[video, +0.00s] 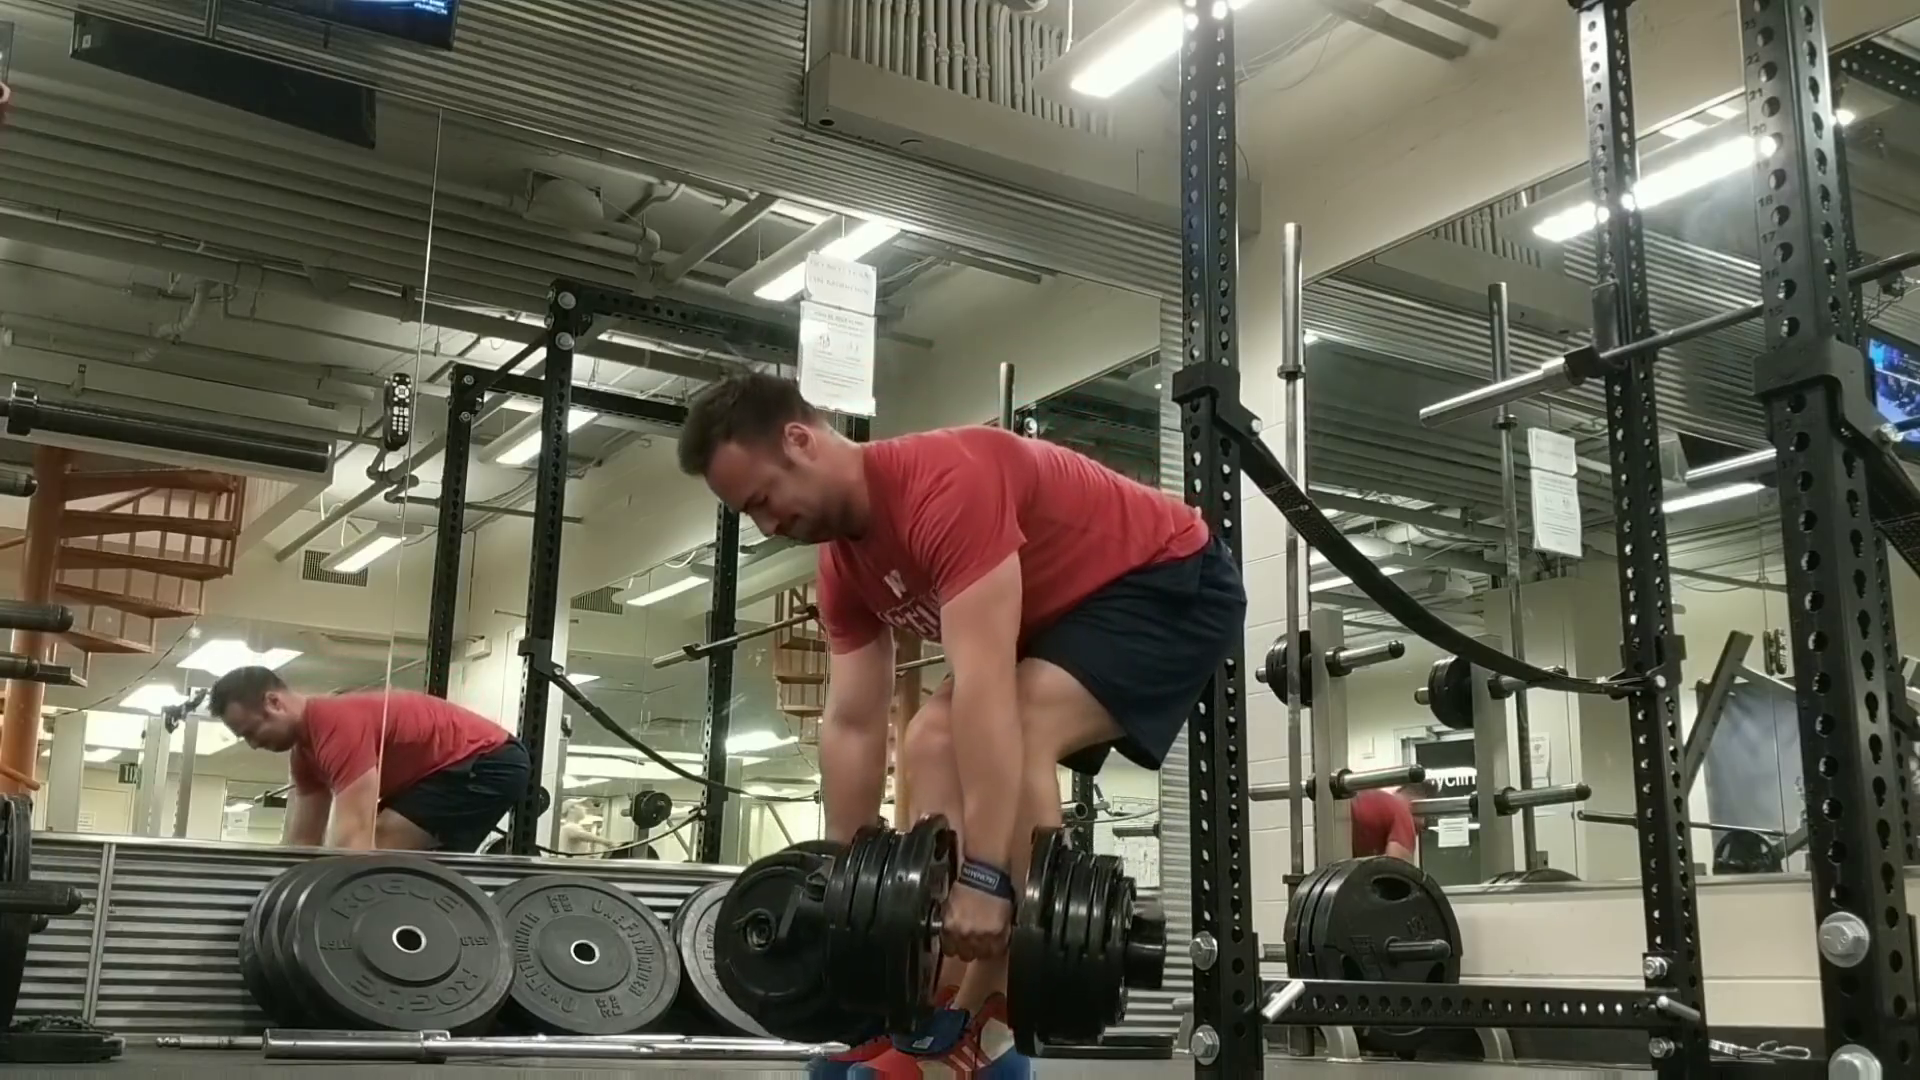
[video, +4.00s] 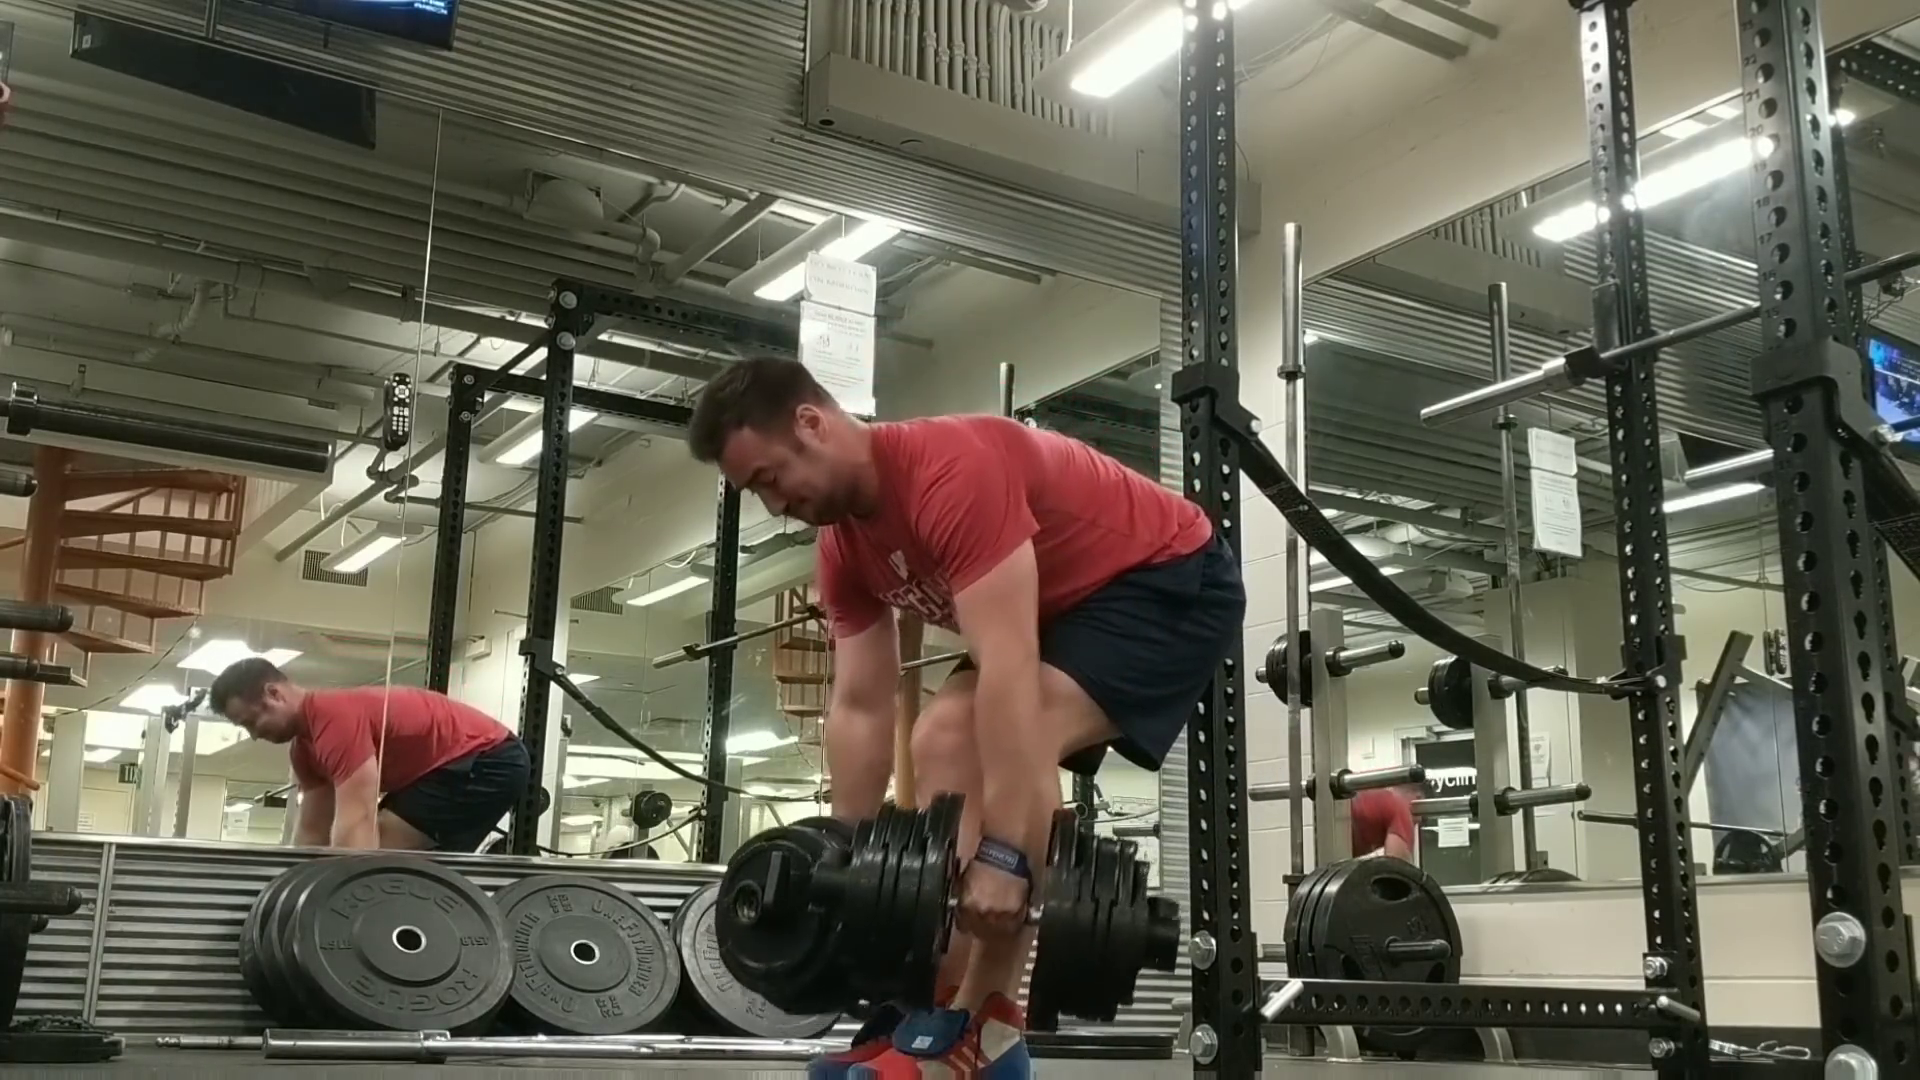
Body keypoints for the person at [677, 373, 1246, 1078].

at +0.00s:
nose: (764, 525)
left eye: (762, 499)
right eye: (748, 515)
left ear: (803, 439)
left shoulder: (952, 483)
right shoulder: (845, 566)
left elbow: (985, 687)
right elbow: (854, 723)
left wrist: (985, 879)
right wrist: (845, 884)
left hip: (1167, 580)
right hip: (1061, 615)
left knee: (1015, 726)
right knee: (933, 737)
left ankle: (991, 1029)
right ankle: (935, 1018)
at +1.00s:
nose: (855, 461)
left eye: (843, 444)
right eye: (838, 458)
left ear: (848, 377)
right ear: (847, 379)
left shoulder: (997, 365)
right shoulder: (881, 458)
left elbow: (1159, 459)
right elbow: (954, 558)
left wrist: (1162, 621)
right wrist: (934, 683)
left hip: (1160, 564)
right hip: (1054, 595)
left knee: (1021, 729)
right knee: (957, 730)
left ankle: (991, 1017)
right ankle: (943, 1002)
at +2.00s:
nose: (767, 520)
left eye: (766, 495)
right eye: (751, 509)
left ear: (807, 437)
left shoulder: (953, 482)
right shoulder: (842, 560)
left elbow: (985, 683)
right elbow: (851, 719)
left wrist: (982, 875)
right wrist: (845, 884)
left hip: (1169, 576)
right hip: (1062, 612)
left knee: (1019, 727)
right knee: (935, 740)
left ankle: (988, 1033)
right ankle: (930, 1019)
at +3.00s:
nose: (845, 462)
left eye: (835, 445)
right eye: (830, 458)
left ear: (849, 375)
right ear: (847, 381)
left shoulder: (998, 369)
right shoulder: (878, 462)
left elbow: (1143, 488)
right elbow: (940, 575)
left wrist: (1148, 659)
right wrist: (926, 700)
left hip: (1155, 565)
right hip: (1047, 591)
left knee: (1030, 738)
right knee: (954, 732)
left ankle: (992, 1016)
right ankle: (944, 1001)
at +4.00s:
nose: (774, 506)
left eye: (769, 478)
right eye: (756, 492)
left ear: (816, 421)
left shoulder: (957, 474)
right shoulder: (846, 548)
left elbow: (1006, 660)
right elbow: (861, 704)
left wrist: (1006, 850)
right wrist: (843, 863)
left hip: (1168, 579)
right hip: (1069, 604)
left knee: (1011, 743)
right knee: (941, 734)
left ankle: (992, 1025)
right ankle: (935, 1017)